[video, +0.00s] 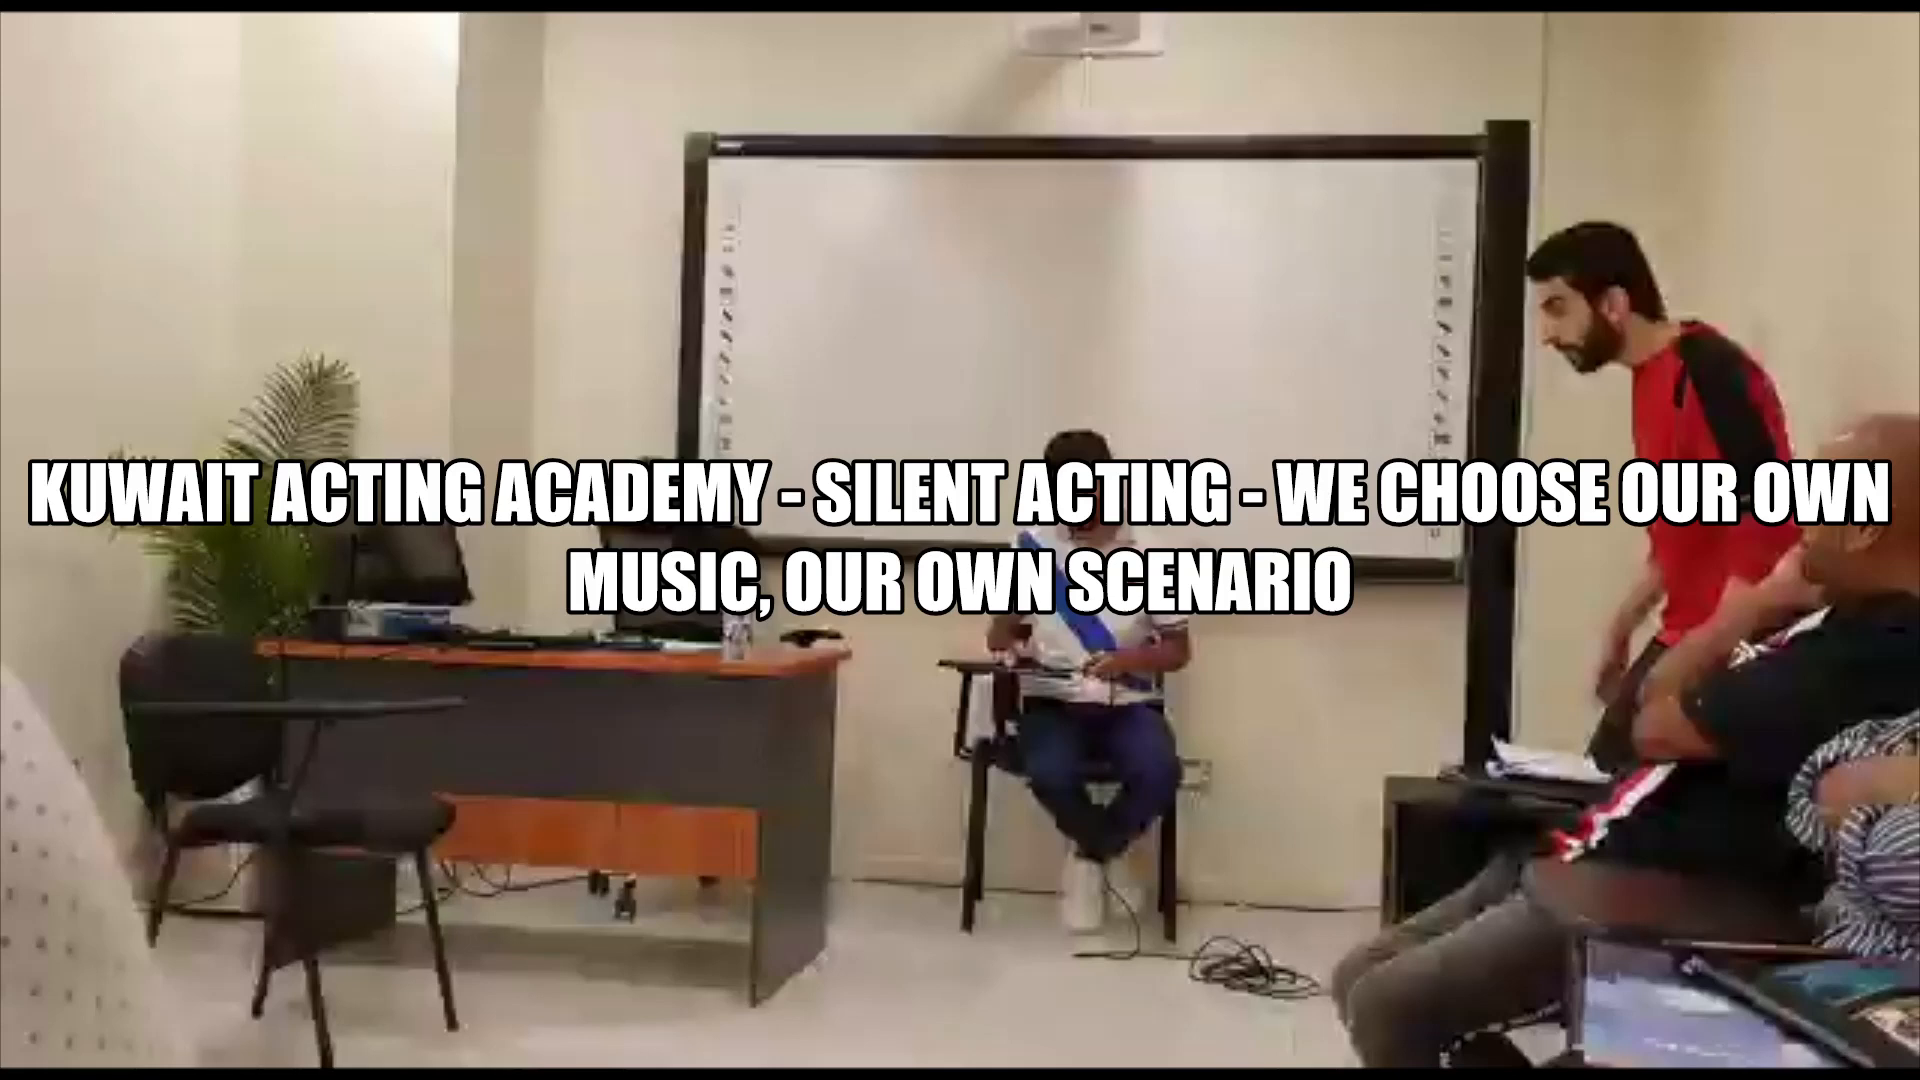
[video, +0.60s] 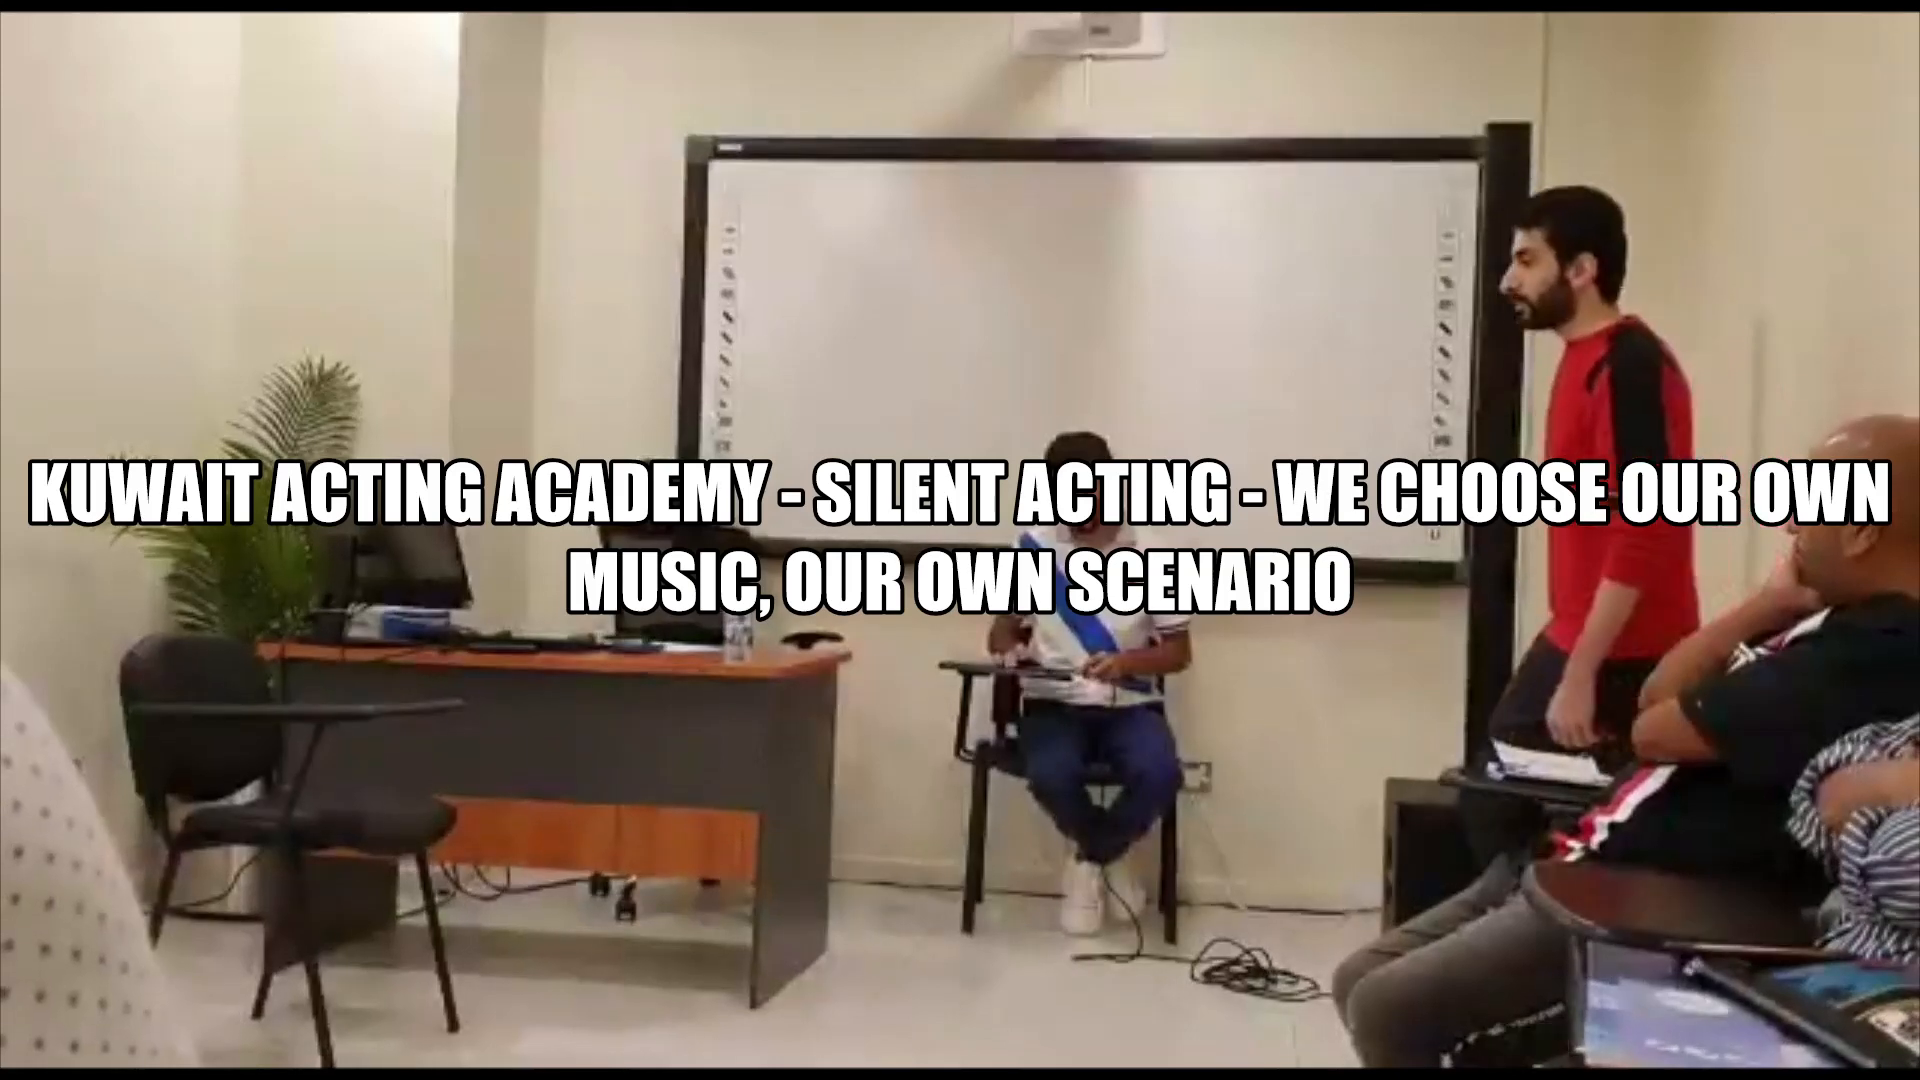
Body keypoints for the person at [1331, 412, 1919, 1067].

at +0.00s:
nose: (1811, 528)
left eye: (1836, 504)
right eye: (1820, 501)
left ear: (1886, 531)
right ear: (1876, 533)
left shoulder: (1877, 648)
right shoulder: (1837, 623)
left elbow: (1656, 726)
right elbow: (1634, 710)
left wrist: (1760, 605)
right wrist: (1756, 607)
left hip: (1631, 897)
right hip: (1585, 855)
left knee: (1386, 1007)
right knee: (1360, 974)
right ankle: (1505, 1061)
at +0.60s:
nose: (1790, 537)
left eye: (1806, 515)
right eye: (1794, 514)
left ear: (1868, 529)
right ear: (1867, 531)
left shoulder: (1877, 645)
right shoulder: (1842, 623)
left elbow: (1656, 735)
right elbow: (1659, 696)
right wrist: (1773, 603)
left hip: (1625, 906)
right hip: (1578, 865)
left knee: (1385, 1013)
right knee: (1358, 981)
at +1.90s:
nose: (1795, 536)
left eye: (1812, 514)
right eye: (1800, 513)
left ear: (1871, 535)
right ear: (1872, 536)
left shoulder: (1884, 646)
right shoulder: (1846, 626)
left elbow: (1664, 736)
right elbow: (1665, 693)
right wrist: (1781, 602)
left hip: (1639, 902)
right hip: (1591, 860)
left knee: (1387, 1014)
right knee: (1363, 980)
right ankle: (1499, 1061)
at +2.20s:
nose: (1796, 535)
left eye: (1813, 513)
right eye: (1801, 512)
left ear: (1873, 533)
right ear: (1873, 535)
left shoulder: (1885, 646)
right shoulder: (1847, 626)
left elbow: (1664, 737)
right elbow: (1663, 695)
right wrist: (1782, 602)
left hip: (1634, 904)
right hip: (1587, 862)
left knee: (1388, 1015)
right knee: (1364, 981)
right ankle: (1501, 1063)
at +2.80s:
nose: (1791, 536)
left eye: (1808, 515)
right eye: (1796, 514)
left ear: (1868, 533)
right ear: (1869, 534)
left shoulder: (1884, 645)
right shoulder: (1849, 626)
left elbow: (1663, 738)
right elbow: (1661, 699)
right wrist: (1781, 602)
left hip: (1635, 902)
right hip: (1587, 861)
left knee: (1388, 1017)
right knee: (1364, 982)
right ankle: (1497, 1061)